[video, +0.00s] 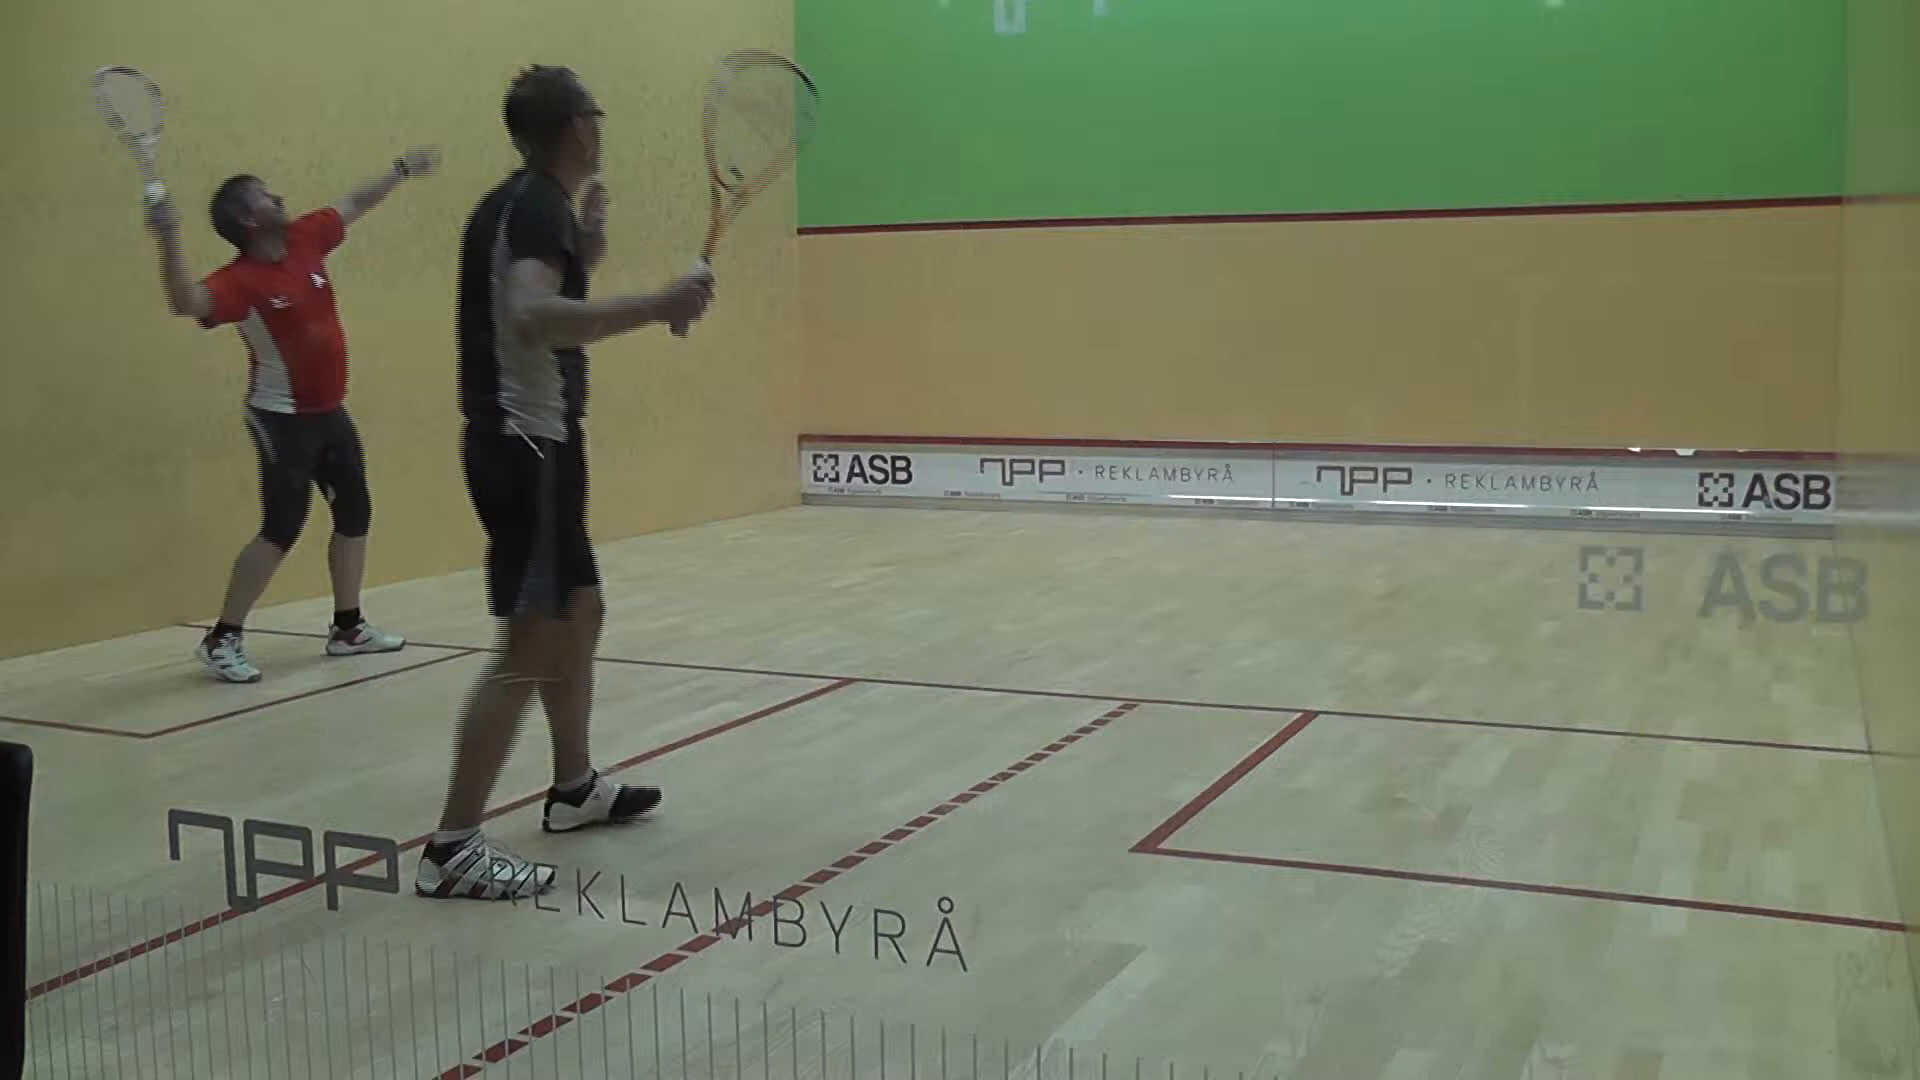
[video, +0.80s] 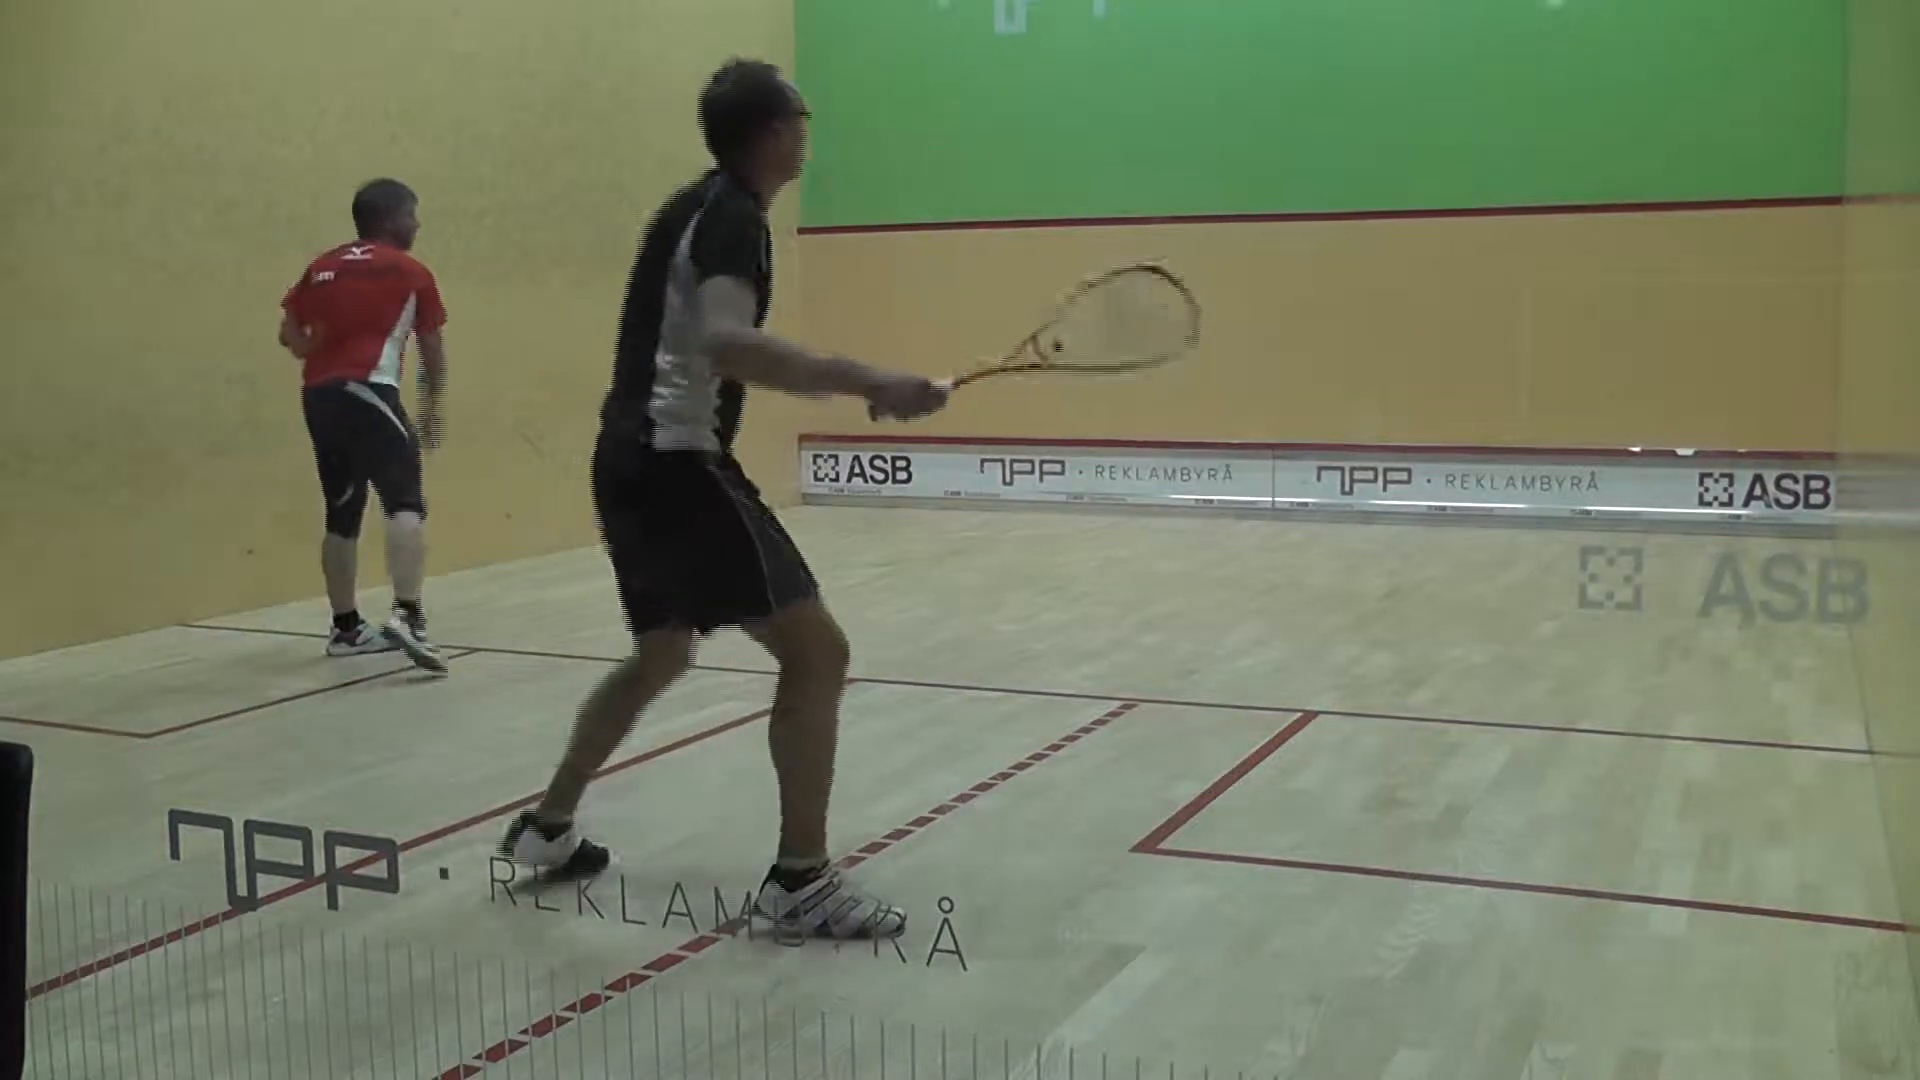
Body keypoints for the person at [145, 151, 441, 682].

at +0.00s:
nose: (276, 196)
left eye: (270, 191)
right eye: (264, 196)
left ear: (261, 215)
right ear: (247, 220)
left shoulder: (307, 237)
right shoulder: (241, 280)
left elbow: (355, 205)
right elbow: (185, 302)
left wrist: (399, 172)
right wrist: (168, 240)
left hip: (328, 412)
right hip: (279, 418)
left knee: (354, 511)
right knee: (282, 526)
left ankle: (348, 629)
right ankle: (223, 639)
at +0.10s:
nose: (293, 198)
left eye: (287, 192)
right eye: (280, 196)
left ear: (285, 213)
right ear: (261, 221)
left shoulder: (322, 239)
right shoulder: (261, 279)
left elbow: (358, 225)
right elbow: (214, 296)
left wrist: (394, 207)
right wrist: (195, 230)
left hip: (342, 411)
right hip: (294, 418)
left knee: (358, 514)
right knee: (291, 525)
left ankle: (348, 628)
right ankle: (230, 634)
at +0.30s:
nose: (341, 201)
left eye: (336, 193)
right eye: (331, 195)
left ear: (304, 212)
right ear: (311, 207)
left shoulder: (330, 258)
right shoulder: (306, 260)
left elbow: (340, 321)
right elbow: (355, 264)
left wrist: (388, 332)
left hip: (342, 400)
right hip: (315, 401)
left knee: (355, 512)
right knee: (314, 516)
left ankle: (348, 628)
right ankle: (242, 618)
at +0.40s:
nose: (357, 200)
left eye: (352, 191)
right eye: (347, 194)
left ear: (312, 217)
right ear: (327, 209)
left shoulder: (295, 267)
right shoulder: (351, 251)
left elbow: (321, 325)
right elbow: (427, 258)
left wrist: (376, 322)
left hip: (301, 395)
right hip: (336, 394)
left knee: (339, 515)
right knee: (336, 514)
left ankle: (348, 628)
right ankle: (261, 609)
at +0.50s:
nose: (372, 205)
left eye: (367, 196)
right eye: (364, 198)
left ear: (321, 218)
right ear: (353, 209)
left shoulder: (297, 269)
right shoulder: (384, 261)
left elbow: (294, 334)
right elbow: (422, 318)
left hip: (300, 393)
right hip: (346, 390)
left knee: (330, 510)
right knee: (353, 509)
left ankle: (346, 627)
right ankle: (282, 610)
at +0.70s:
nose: (407, 230)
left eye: (405, 221)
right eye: (403, 222)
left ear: (355, 226)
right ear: (391, 226)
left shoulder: (313, 265)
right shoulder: (407, 278)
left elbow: (280, 333)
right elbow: (404, 358)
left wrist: (332, 341)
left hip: (312, 391)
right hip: (364, 389)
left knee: (338, 511)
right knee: (378, 502)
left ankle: (342, 626)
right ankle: (366, 611)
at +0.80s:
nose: (417, 225)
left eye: (415, 215)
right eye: (412, 216)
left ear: (366, 222)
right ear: (394, 220)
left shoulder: (324, 265)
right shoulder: (412, 274)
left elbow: (290, 331)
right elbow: (433, 357)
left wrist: (319, 355)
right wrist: (430, 414)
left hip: (318, 394)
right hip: (368, 392)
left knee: (343, 508)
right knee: (404, 501)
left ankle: (345, 627)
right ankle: (407, 617)